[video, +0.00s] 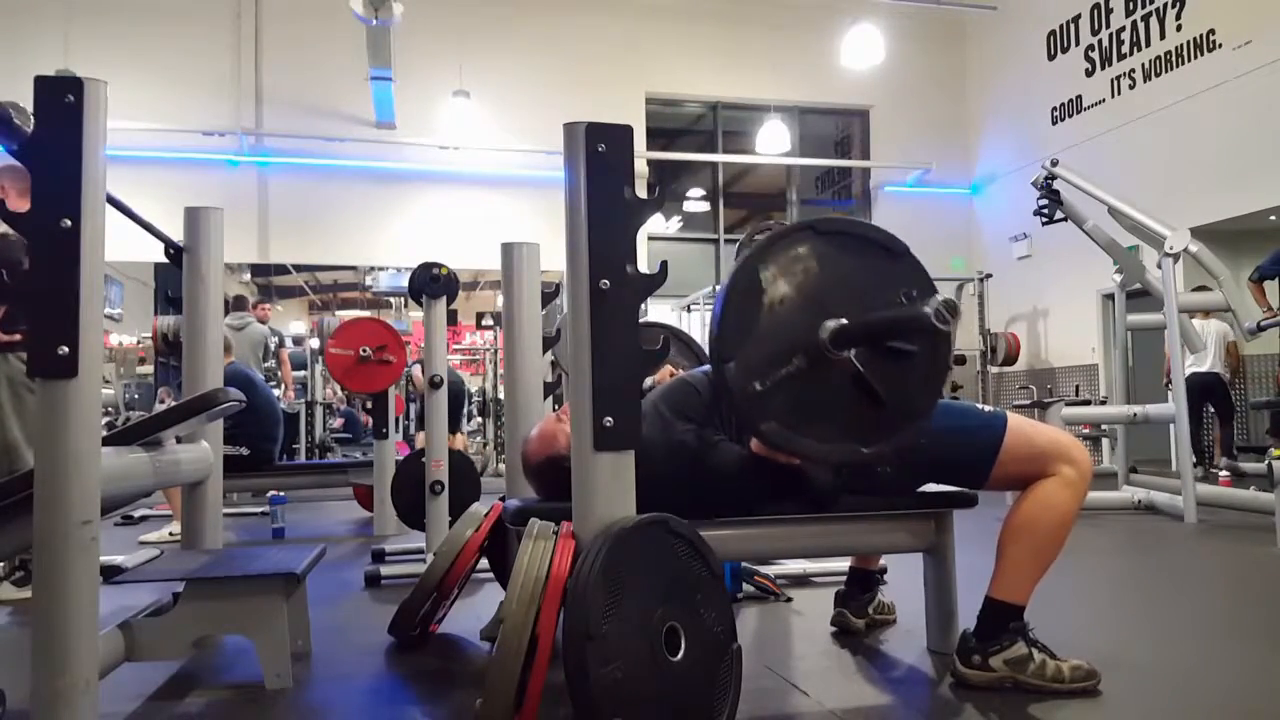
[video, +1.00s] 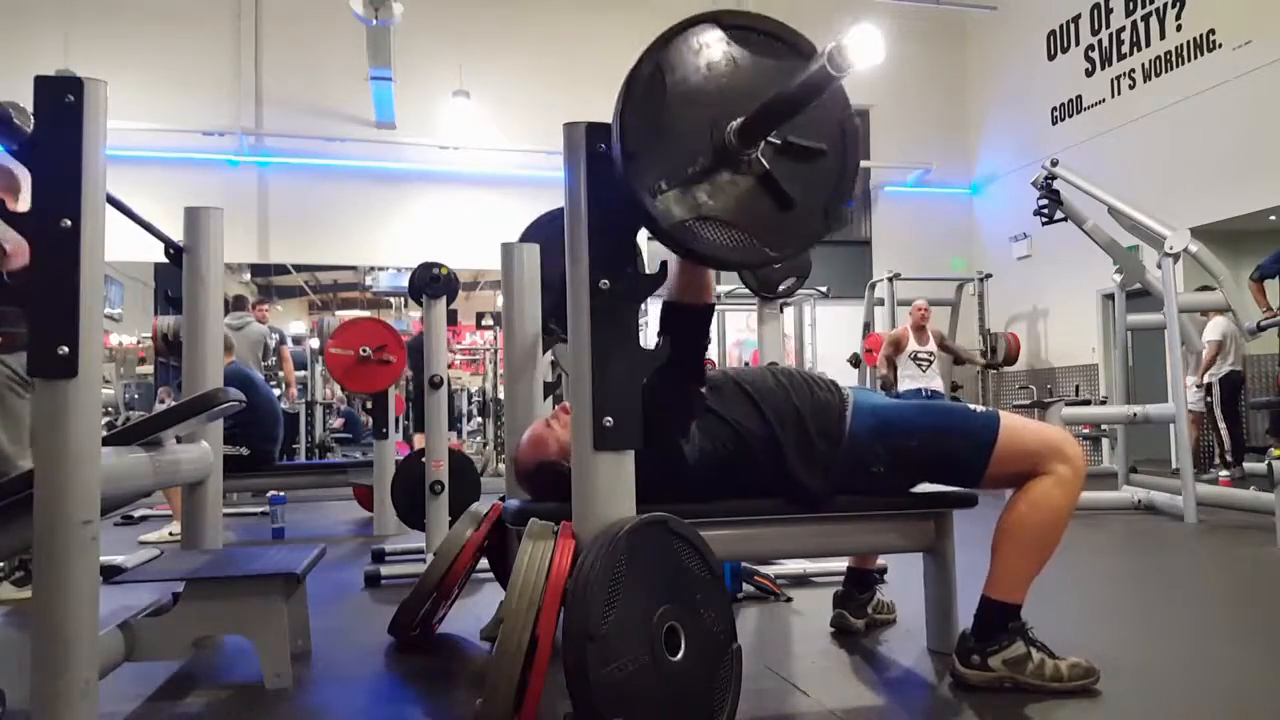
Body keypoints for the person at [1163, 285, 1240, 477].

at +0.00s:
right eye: (1209, 303)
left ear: (1191, 306)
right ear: (1212, 306)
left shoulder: (1181, 327)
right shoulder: (1224, 327)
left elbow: (1170, 355)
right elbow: (1234, 358)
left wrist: (1166, 377)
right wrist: (1231, 377)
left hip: (1191, 379)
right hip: (1216, 379)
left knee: (1194, 423)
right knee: (1226, 419)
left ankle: (1199, 464)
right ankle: (1227, 457)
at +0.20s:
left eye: (1196, 305)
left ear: (1196, 306)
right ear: (1215, 306)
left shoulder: (1189, 327)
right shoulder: (1226, 327)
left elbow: (1177, 352)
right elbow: (1237, 356)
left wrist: (1169, 374)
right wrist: (1234, 378)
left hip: (1197, 377)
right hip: (1221, 376)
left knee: (1197, 424)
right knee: (1224, 422)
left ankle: (1200, 464)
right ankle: (1236, 461)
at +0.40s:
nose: (1196, 309)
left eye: (1198, 305)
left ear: (1201, 307)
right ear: (1220, 305)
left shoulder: (1200, 328)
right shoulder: (1231, 326)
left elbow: (1192, 356)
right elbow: (1239, 354)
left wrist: (1184, 373)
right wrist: (1240, 374)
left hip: (1209, 377)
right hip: (1231, 376)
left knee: (1204, 422)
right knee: (1232, 422)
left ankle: (1202, 464)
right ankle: (1237, 465)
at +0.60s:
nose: (1198, 312)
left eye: (1199, 307)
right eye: (1197, 307)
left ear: (1205, 307)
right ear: (1218, 306)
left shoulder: (1209, 326)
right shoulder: (1234, 326)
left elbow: (1206, 354)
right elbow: (1242, 354)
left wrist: (1199, 376)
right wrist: (1244, 376)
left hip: (1217, 377)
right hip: (1237, 375)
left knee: (1207, 421)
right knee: (1236, 422)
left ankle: (1200, 462)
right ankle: (1238, 464)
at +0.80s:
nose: (1199, 310)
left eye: (1200, 305)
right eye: (1198, 306)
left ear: (1207, 305)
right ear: (1218, 303)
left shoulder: (1215, 325)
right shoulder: (1233, 324)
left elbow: (1212, 354)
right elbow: (1240, 352)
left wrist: (1204, 377)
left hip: (1222, 376)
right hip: (1238, 374)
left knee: (1213, 421)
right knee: (1235, 422)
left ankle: (1212, 462)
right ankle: (1237, 464)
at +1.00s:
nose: (1198, 311)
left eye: (1198, 306)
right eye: (1197, 306)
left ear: (1205, 306)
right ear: (1216, 303)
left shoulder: (1215, 324)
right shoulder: (1231, 324)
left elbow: (1212, 354)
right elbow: (1241, 353)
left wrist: (1200, 375)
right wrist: (1240, 373)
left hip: (1220, 377)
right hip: (1234, 375)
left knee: (1221, 421)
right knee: (1233, 419)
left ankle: (1230, 464)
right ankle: (1237, 462)